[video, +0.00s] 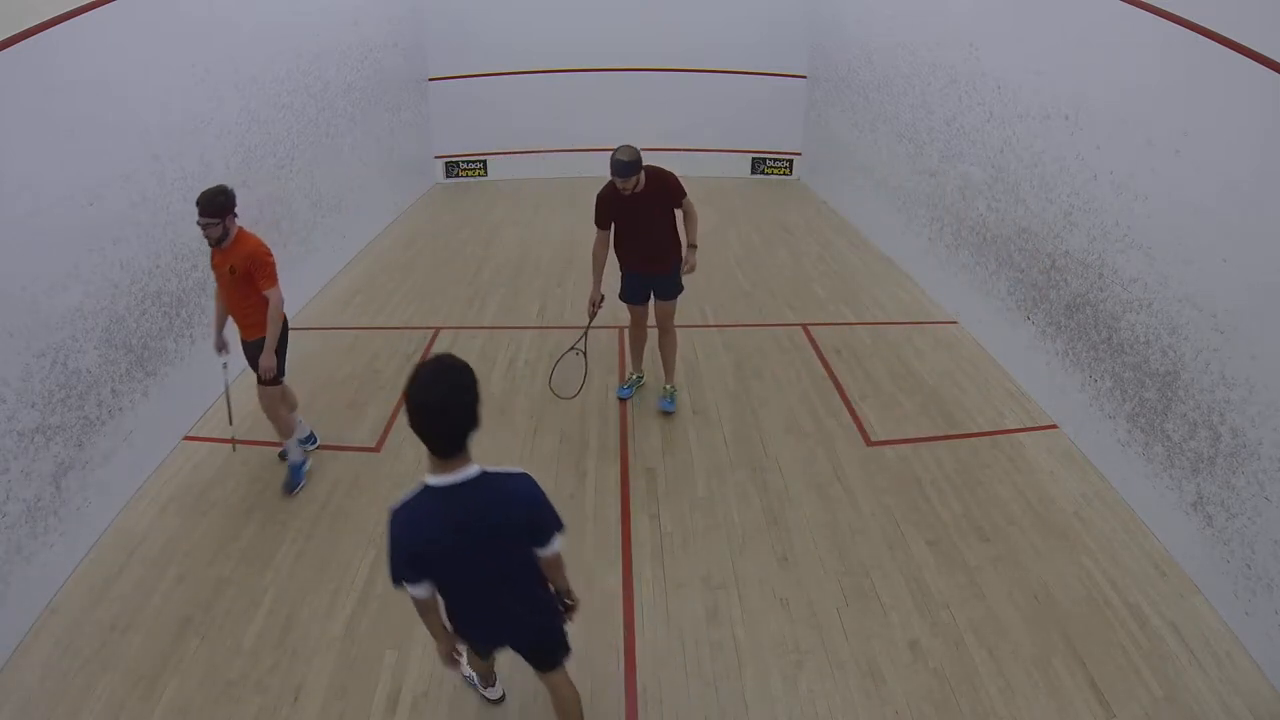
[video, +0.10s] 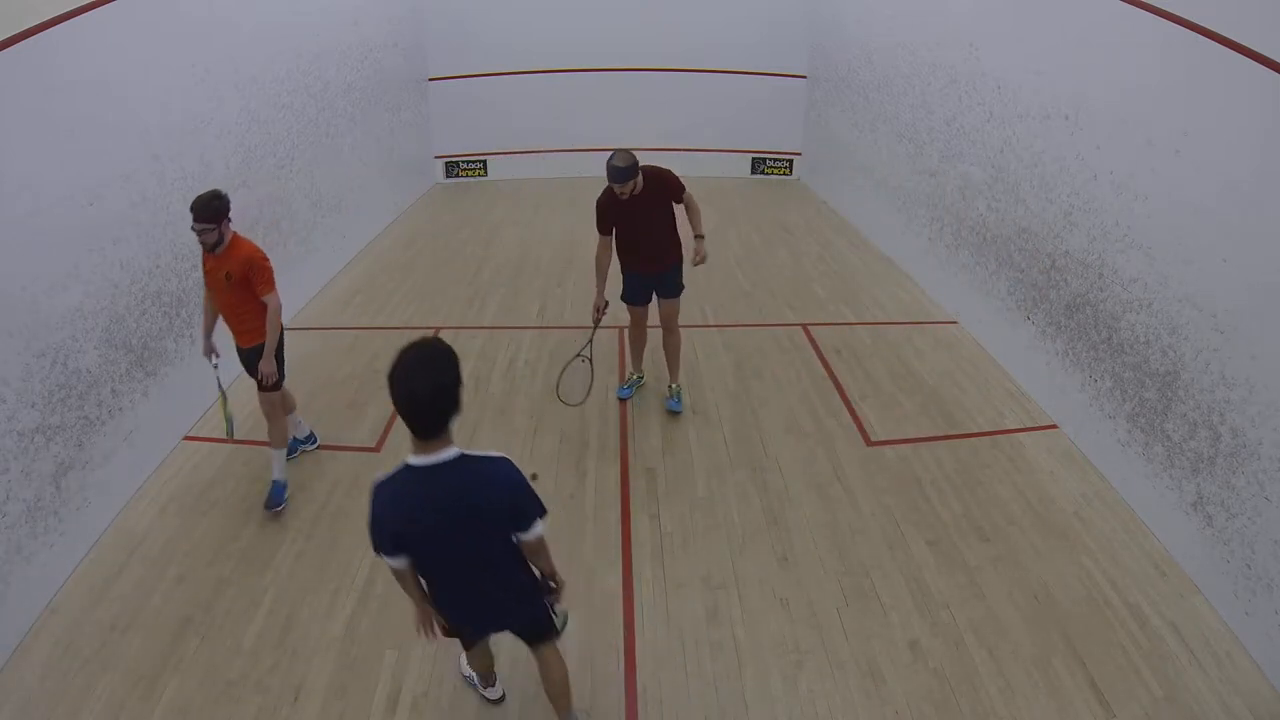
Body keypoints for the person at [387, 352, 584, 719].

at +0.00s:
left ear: (413, 424)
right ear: (476, 415)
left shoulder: (409, 519)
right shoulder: (518, 488)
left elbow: (423, 599)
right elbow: (550, 558)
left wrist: (442, 639)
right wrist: (565, 594)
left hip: (473, 621)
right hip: (530, 609)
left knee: (481, 656)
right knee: (558, 679)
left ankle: (489, 688)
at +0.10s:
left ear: (397, 409)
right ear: (458, 399)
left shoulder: (389, 495)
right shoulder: (497, 472)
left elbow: (400, 567)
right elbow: (532, 541)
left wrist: (421, 603)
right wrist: (550, 574)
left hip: (457, 603)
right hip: (514, 589)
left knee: (475, 646)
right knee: (545, 647)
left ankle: (489, 688)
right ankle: (568, 714)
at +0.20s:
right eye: (449, 377)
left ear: (387, 398)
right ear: (446, 392)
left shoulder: (376, 478)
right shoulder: (481, 463)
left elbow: (379, 542)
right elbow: (519, 528)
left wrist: (405, 572)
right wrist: (539, 562)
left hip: (446, 586)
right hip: (502, 574)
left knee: (471, 633)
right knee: (530, 621)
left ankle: (488, 685)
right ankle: (551, 703)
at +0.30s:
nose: (442, 379)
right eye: (441, 374)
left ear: (384, 389)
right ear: (436, 388)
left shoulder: (371, 464)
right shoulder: (471, 453)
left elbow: (371, 523)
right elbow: (508, 520)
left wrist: (392, 544)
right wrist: (530, 555)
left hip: (438, 575)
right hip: (492, 562)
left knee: (469, 630)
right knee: (517, 612)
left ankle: (488, 685)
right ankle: (530, 680)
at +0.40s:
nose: (439, 371)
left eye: (437, 363)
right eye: (437, 365)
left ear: (381, 378)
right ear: (432, 378)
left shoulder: (367, 451)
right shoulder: (464, 444)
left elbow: (367, 510)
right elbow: (501, 514)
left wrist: (392, 523)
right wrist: (522, 553)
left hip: (432, 567)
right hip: (484, 555)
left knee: (467, 626)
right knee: (501, 600)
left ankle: (488, 684)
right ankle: (509, 651)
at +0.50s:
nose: (438, 364)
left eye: (436, 355)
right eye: (437, 357)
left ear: (382, 367)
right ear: (430, 370)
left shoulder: (367, 438)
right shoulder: (459, 435)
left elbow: (369, 500)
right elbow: (495, 510)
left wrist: (408, 505)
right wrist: (516, 551)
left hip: (425, 554)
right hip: (474, 543)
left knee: (463, 618)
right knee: (484, 579)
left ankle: (487, 683)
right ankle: (492, 615)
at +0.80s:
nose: (446, 335)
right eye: (445, 329)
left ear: (394, 337)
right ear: (440, 343)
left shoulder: (374, 402)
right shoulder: (464, 399)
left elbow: (362, 465)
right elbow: (483, 473)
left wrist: (387, 508)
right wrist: (498, 520)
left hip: (421, 514)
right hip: (467, 504)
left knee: (445, 581)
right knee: (474, 542)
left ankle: (475, 658)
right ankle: (478, 583)